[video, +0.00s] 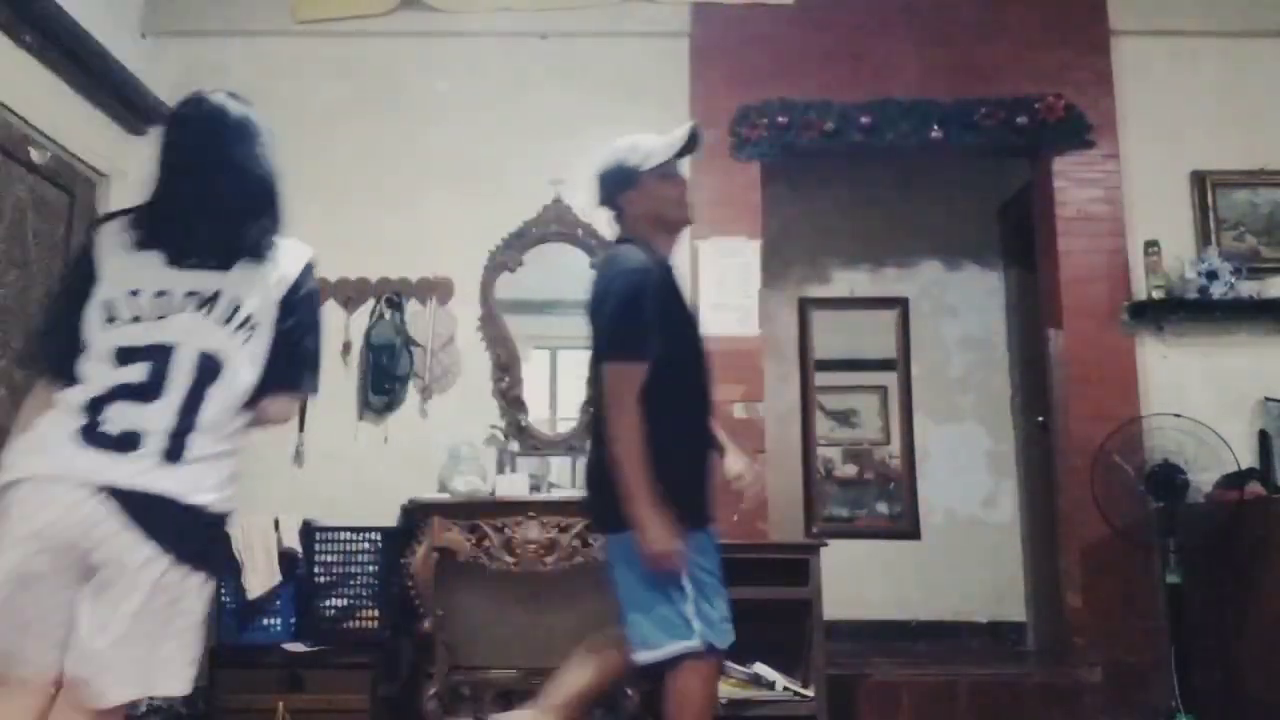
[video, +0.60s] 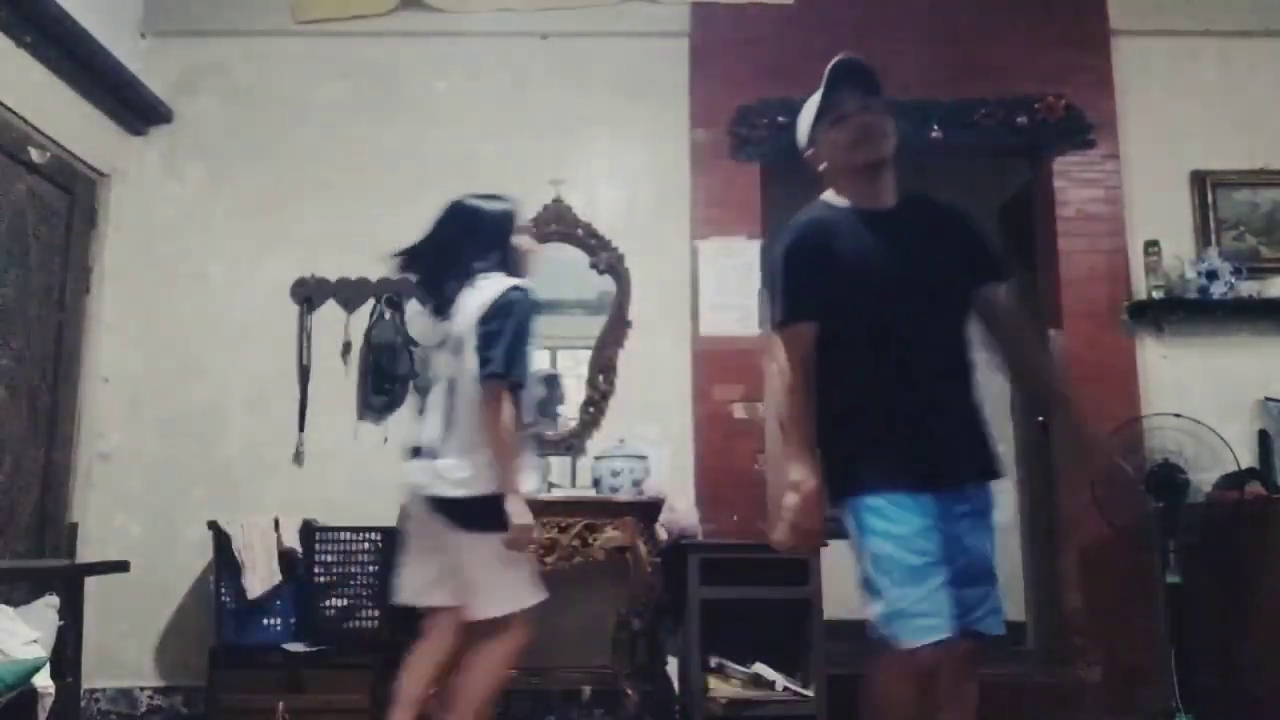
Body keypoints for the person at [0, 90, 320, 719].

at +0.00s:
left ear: (169, 163)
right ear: (258, 171)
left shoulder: (105, 242)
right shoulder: (288, 269)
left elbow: (51, 375)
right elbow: (280, 405)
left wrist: (12, 463)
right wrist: (205, 402)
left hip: (44, 496)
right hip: (168, 527)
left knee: (18, 695)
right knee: (86, 707)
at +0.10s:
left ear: (205, 150)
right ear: (291, 151)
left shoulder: (158, 229)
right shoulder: (315, 234)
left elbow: (104, 369)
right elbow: (326, 369)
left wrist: (51, 475)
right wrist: (270, 394)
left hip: (111, 463)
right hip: (214, 488)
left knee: (100, 669)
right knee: (143, 672)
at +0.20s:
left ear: (237, 182)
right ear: (325, 183)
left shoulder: (202, 260)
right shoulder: (332, 255)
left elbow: (169, 387)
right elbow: (366, 385)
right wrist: (344, 429)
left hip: (179, 476)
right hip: (267, 492)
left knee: (220, 670)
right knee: (187, 675)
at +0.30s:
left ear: (288, 234)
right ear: (366, 239)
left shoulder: (256, 304)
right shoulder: (368, 314)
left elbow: (222, 432)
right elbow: (386, 437)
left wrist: (200, 543)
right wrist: (403, 536)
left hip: (232, 520)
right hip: (299, 535)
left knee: (292, 690)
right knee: (203, 692)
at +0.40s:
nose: (415, 266)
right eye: (411, 256)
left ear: (341, 254)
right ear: (403, 260)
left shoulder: (316, 323)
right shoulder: (417, 328)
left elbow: (292, 431)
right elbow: (430, 442)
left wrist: (271, 530)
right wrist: (454, 540)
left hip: (306, 521)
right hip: (366, 529)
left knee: (365, 668)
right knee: (298, 687)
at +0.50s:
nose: (468, 258)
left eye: (463, 249)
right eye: (463, 249)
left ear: (402, 251)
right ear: (451, 255)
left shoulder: (383, 310)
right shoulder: (466, 314)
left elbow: (356, 403)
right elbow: (469, 416)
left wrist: (373, 484)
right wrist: (489, 506)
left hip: (373, 507)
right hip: (426, 515)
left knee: (389, 652)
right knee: (430, 659)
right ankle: (342, 714)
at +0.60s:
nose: (524, 243)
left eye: (521, 233)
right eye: (517, 234)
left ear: (453, 240)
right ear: (496, 242)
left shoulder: (429, 296)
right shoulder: (506, 296)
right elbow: (496, 398)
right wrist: (513, 493)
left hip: (427, 485)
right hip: (477, 490)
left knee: (442, 623)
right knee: (512, 624)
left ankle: (400, 712)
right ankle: (456, 714)